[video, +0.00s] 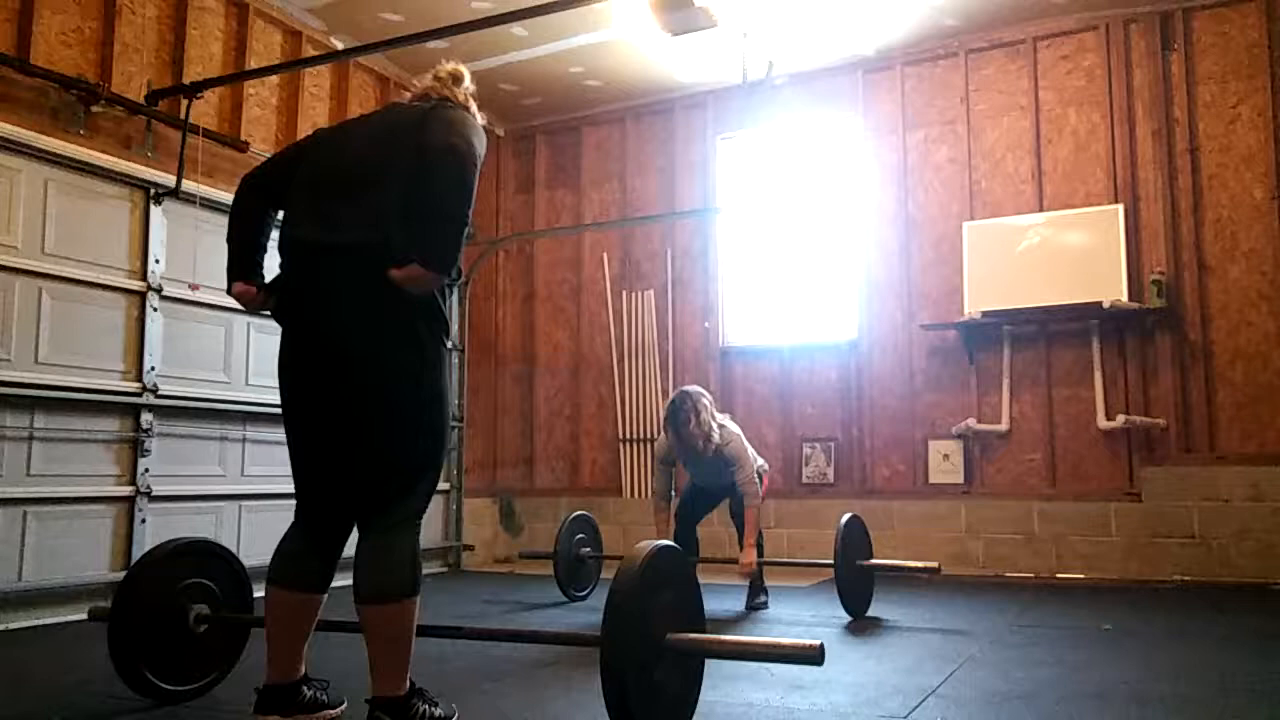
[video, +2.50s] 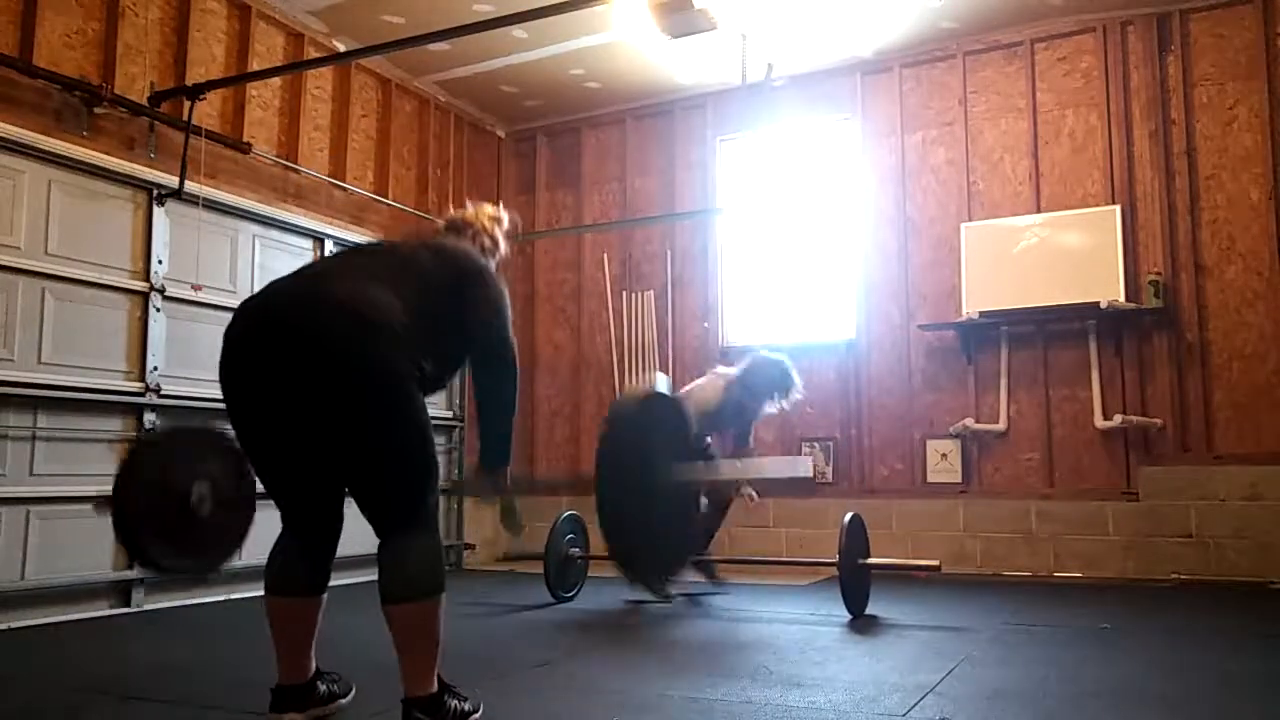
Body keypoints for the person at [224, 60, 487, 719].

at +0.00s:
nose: (475, 132)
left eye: (474, 124)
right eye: (475, 122)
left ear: (411, 96)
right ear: (463, 106)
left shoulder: (342, 135)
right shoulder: (457, 122)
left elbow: (257, 186)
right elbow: (450, 163)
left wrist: (244, 272)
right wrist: (436, 260)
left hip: (308, 329)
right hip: (396, 330)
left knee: (321, 508)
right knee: (394, 514)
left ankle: (281, 687)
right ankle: (392, 699)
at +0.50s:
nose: (469, 161)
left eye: (473, 154)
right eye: (471, 153)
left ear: (416, 120)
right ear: (458, 135)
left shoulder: (336, 155)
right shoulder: (442, 155)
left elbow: (278, 245)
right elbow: (453, 237)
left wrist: (308, 320)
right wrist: (479, 335)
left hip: (299, 350)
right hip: (392, 352)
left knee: (310, 512)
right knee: (407, 512)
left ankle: (294, 684)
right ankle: (402, 689)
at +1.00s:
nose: (480, 153)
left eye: (482, 147)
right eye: (483, 146)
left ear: (424, 115)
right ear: (471, 132)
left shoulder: (343, 156)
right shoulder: (462, 158)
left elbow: (307, 262)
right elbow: (490, 259)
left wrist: (326, 346)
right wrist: (504, 357)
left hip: (329, 362)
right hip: (421, 365)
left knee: (333, 516)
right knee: (429, 521)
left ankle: (299, 682)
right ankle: (427, 694)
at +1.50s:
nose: (513, 313)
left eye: (514, 304)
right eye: (515, 303)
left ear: (464, 276)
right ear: (508, 296)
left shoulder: (407, 284)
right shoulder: (492, 328)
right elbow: (493, 449)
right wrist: (494, 538)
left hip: (266, 351)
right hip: (373, 371)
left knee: (314, 521)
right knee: (413, 529)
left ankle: (297, 686)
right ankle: (424, 696)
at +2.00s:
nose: (510, 386)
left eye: (513, 380)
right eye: (511, 379)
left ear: (467, 341)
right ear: (502, 364)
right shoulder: (490, 387)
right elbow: (496, 513)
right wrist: (495, 605)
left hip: (251, 386)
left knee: (334, 520)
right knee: (430, 528)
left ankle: (298, 685)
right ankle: (426, 694)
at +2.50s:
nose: (494, 267)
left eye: (494, 259)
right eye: (493, 259)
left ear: (442, 234)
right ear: (485, 252)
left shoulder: (385, 254)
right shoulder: (475, 275)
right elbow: (497, 366)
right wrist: (494, 472)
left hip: (255, 345)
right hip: (357, 362)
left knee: (308, 518)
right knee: (407, 524)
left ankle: (294, 685)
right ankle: (424, 696)